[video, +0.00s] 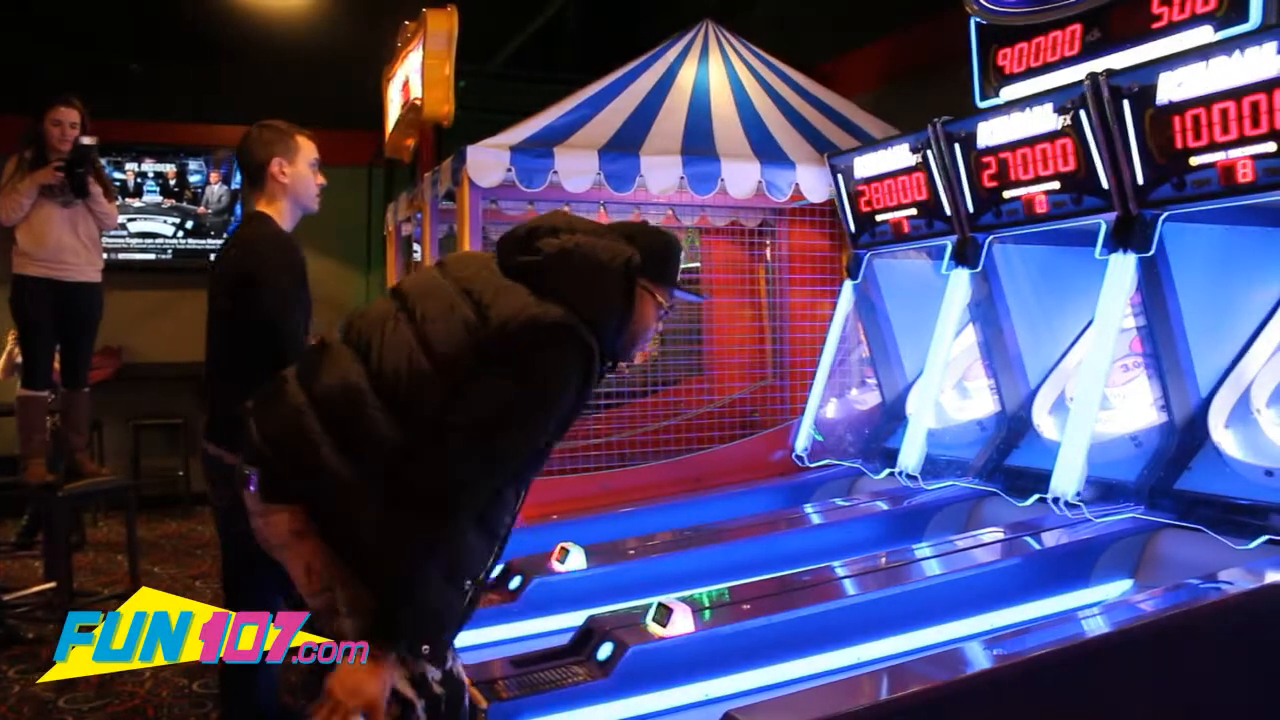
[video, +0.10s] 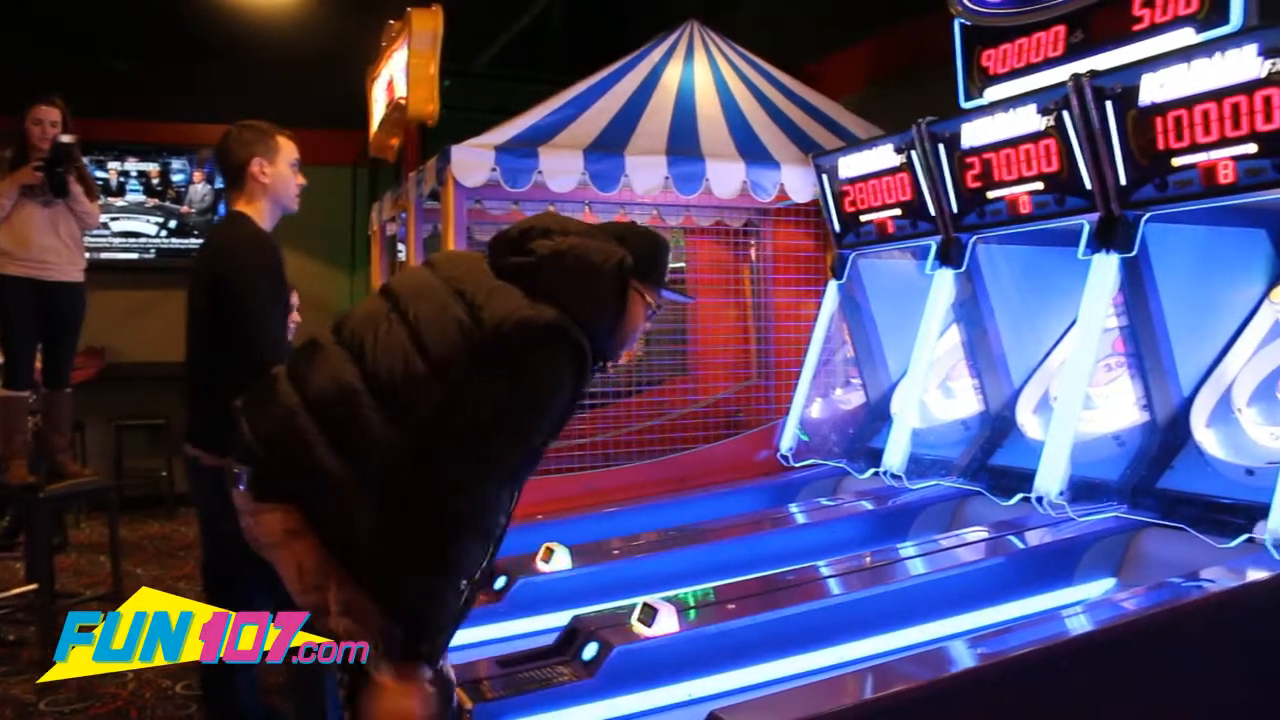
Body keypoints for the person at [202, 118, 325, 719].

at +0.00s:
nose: (322, 179)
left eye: (320, 166)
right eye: (314, 166)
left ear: (274, 174)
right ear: (279, 172)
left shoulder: (244, 243)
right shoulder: (272, 249)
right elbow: (284, 361)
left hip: (231, 446)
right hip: (254, 455)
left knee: (251, 587)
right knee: (265, 593)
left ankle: (248, 704)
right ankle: (256, 706)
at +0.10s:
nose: (301, 179)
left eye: (299, 167)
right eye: (293, 166)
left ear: (252, 173)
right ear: (259, 171)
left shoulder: (232, 240)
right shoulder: (249, 248)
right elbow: (260, 357)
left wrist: (277, 310)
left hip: (217, 447)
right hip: (233, 457)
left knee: (235, 586)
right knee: (250, 591)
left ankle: (230, 699)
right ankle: (237, 702)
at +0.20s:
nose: (291, 180)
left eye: (289, 168)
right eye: (283, 167)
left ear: (242, 174)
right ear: (248, 172)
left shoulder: (219, 240)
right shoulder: (238, 248)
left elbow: (227, 343)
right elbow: (250, 359)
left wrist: (277, 316)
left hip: (205, 446)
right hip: (224, 456)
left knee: (222, 583)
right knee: (245, 589)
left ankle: (221, 697)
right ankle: (229, 699)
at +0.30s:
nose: (279, 180)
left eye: (277, 168)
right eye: (271, 167)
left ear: (230, 173)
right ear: (237, 171)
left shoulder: (204, 241)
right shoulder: (226, 248)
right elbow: (241, 361)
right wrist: (282, 426)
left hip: (190, 446)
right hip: (214, 457)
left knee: (210, 584)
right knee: (237, 590)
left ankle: (209, 698)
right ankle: (218, 699)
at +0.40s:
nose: (266, 179)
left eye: (264, 167)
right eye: (258, 167)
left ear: (217, 173)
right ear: (223, 171)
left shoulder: (191, 241)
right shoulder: (212, 248)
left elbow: (204, 347)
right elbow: (229, 360)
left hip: (179, 448)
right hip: (202, 459)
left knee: (195, 584)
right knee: (228, 590)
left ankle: (196, 697)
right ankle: (204, 698)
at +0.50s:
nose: (254, 178)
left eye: (252, 167)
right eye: (245, 166)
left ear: (204, 172)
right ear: (210, 170)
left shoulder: (174, 241)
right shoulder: (201, 248)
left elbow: (185, 350)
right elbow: (215, 360)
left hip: (165, 447)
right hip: (193, 458)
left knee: (185, 585)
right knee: (221, 589)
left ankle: (185, 698)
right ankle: (191, 698)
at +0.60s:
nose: (248, 178)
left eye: (246, 167)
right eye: (240, 166)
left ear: (197, 172)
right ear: (204, 170)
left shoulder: (166, 240)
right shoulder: (197, 246)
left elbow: (174, 350)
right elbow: (212, 358)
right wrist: (250, 423)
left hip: (159, 447)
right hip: (191, 457)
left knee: (179, 583)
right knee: (223, 587)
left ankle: (178, 696)